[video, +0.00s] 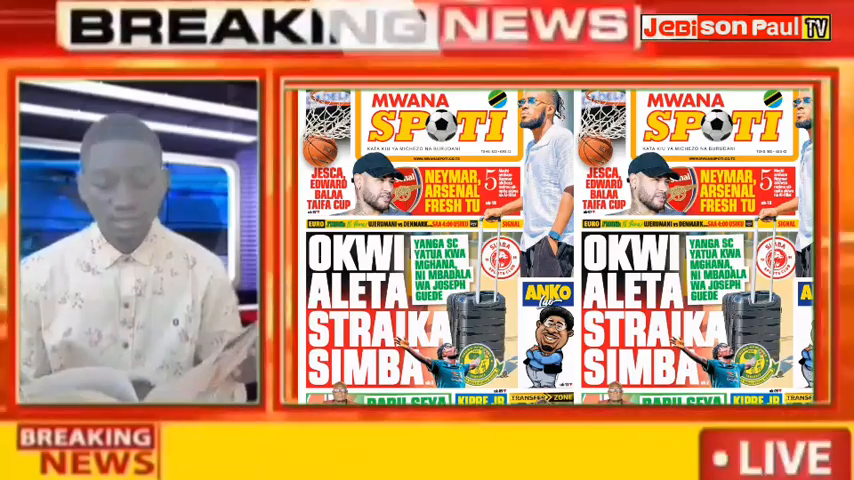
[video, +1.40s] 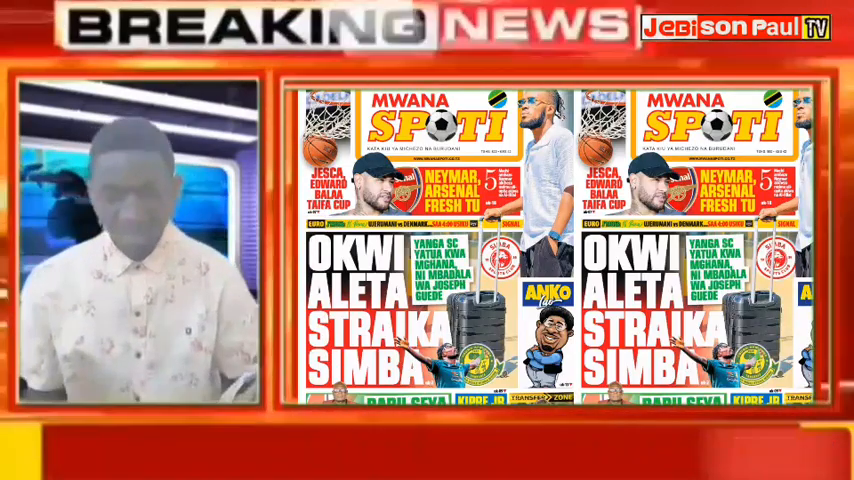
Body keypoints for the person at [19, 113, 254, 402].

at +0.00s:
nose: (124, 201)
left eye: (141, 182)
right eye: (104, 184)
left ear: (164, 181)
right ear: (81, 187)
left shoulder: (205, 273)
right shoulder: (36, 277)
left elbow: (229, 391)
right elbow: (25, 394)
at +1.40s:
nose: (132, 212)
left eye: (147, 192)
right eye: (114, 194)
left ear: (176, 191)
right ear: (91, 193)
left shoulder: (217, 277)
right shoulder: (50, 283)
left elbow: (255, 388)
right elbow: (43, 403)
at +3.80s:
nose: (133, 235)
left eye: (151, 218)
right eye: (116, 217)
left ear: (179, 196)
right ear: (92, 195)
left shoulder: (214, 276)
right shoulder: (53, 279)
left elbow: (241, 384)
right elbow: (42, 402)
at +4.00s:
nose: (138, 237)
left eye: (156, 219)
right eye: (121, 219)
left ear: (184, 196)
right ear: (96, 194)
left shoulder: (214, 277)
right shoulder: (53, 277)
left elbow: (236, 383)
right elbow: (45, 390)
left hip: (187, 451)